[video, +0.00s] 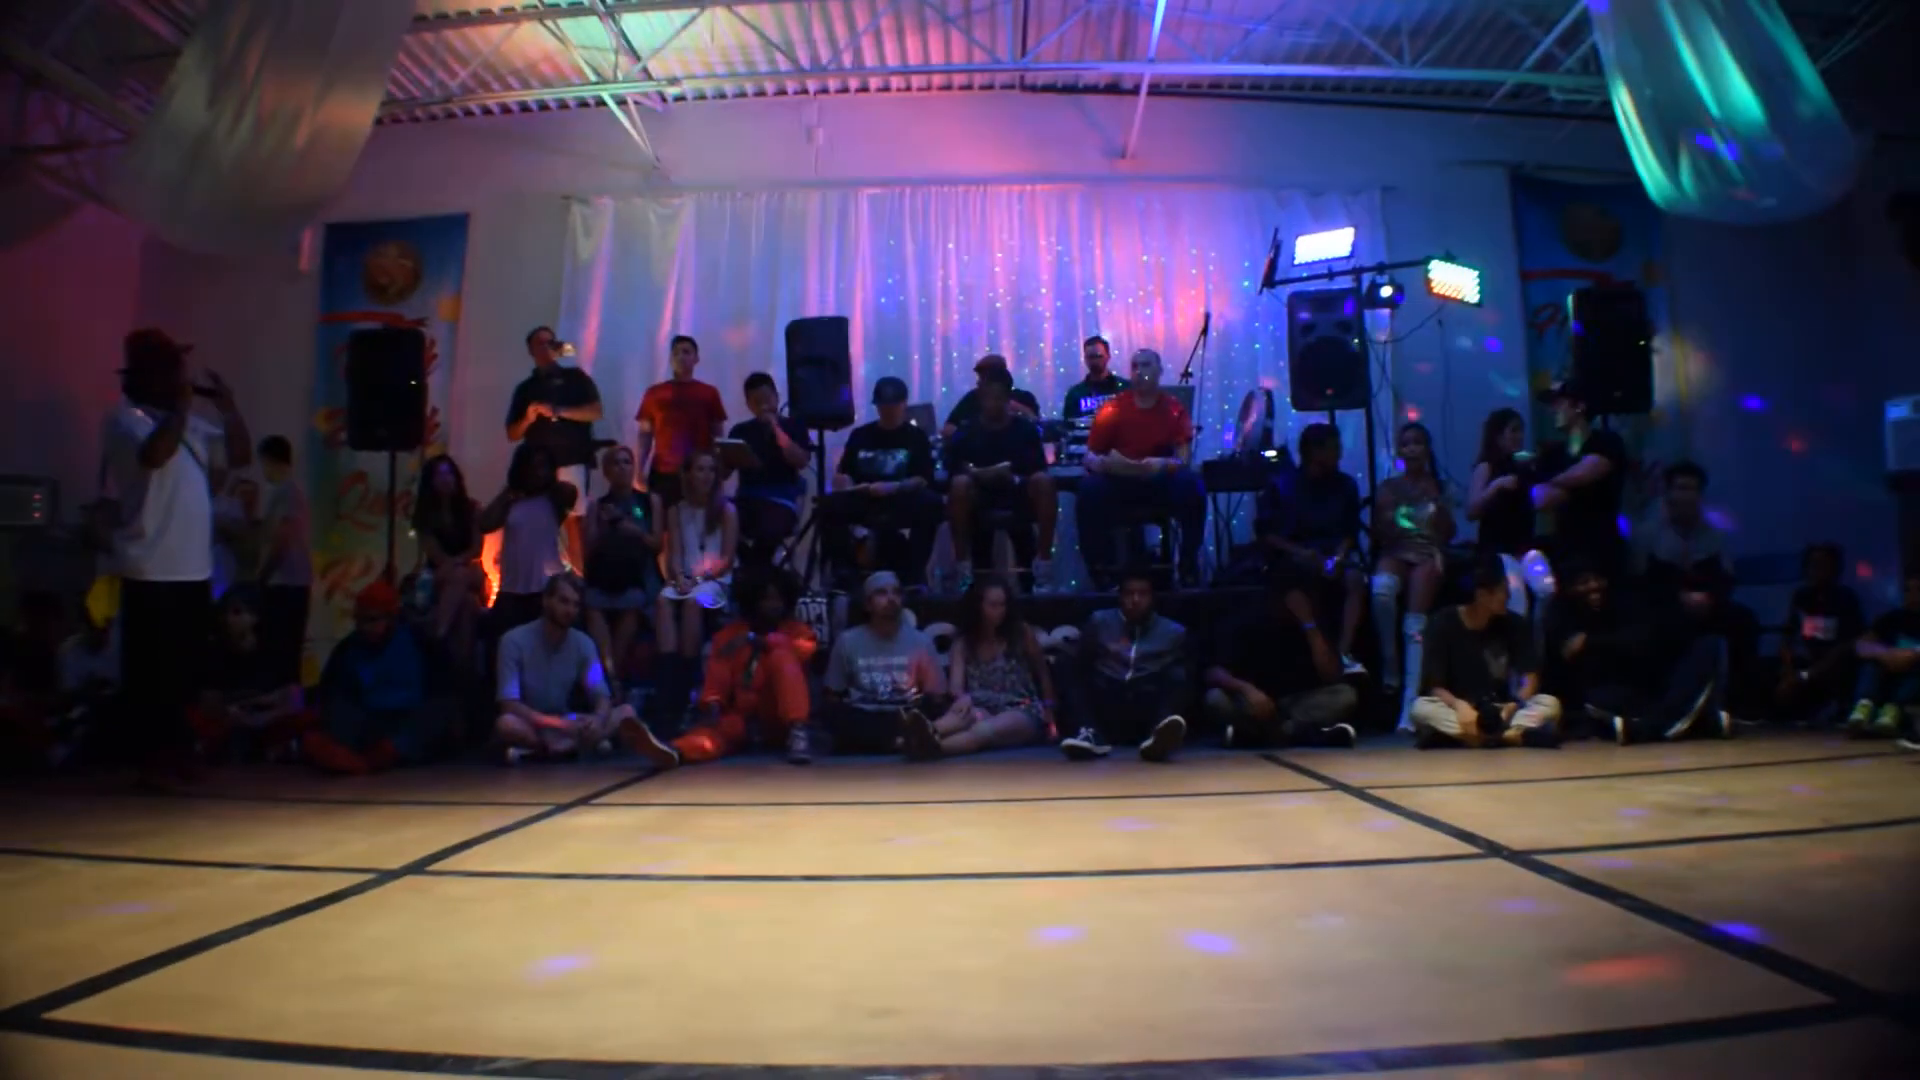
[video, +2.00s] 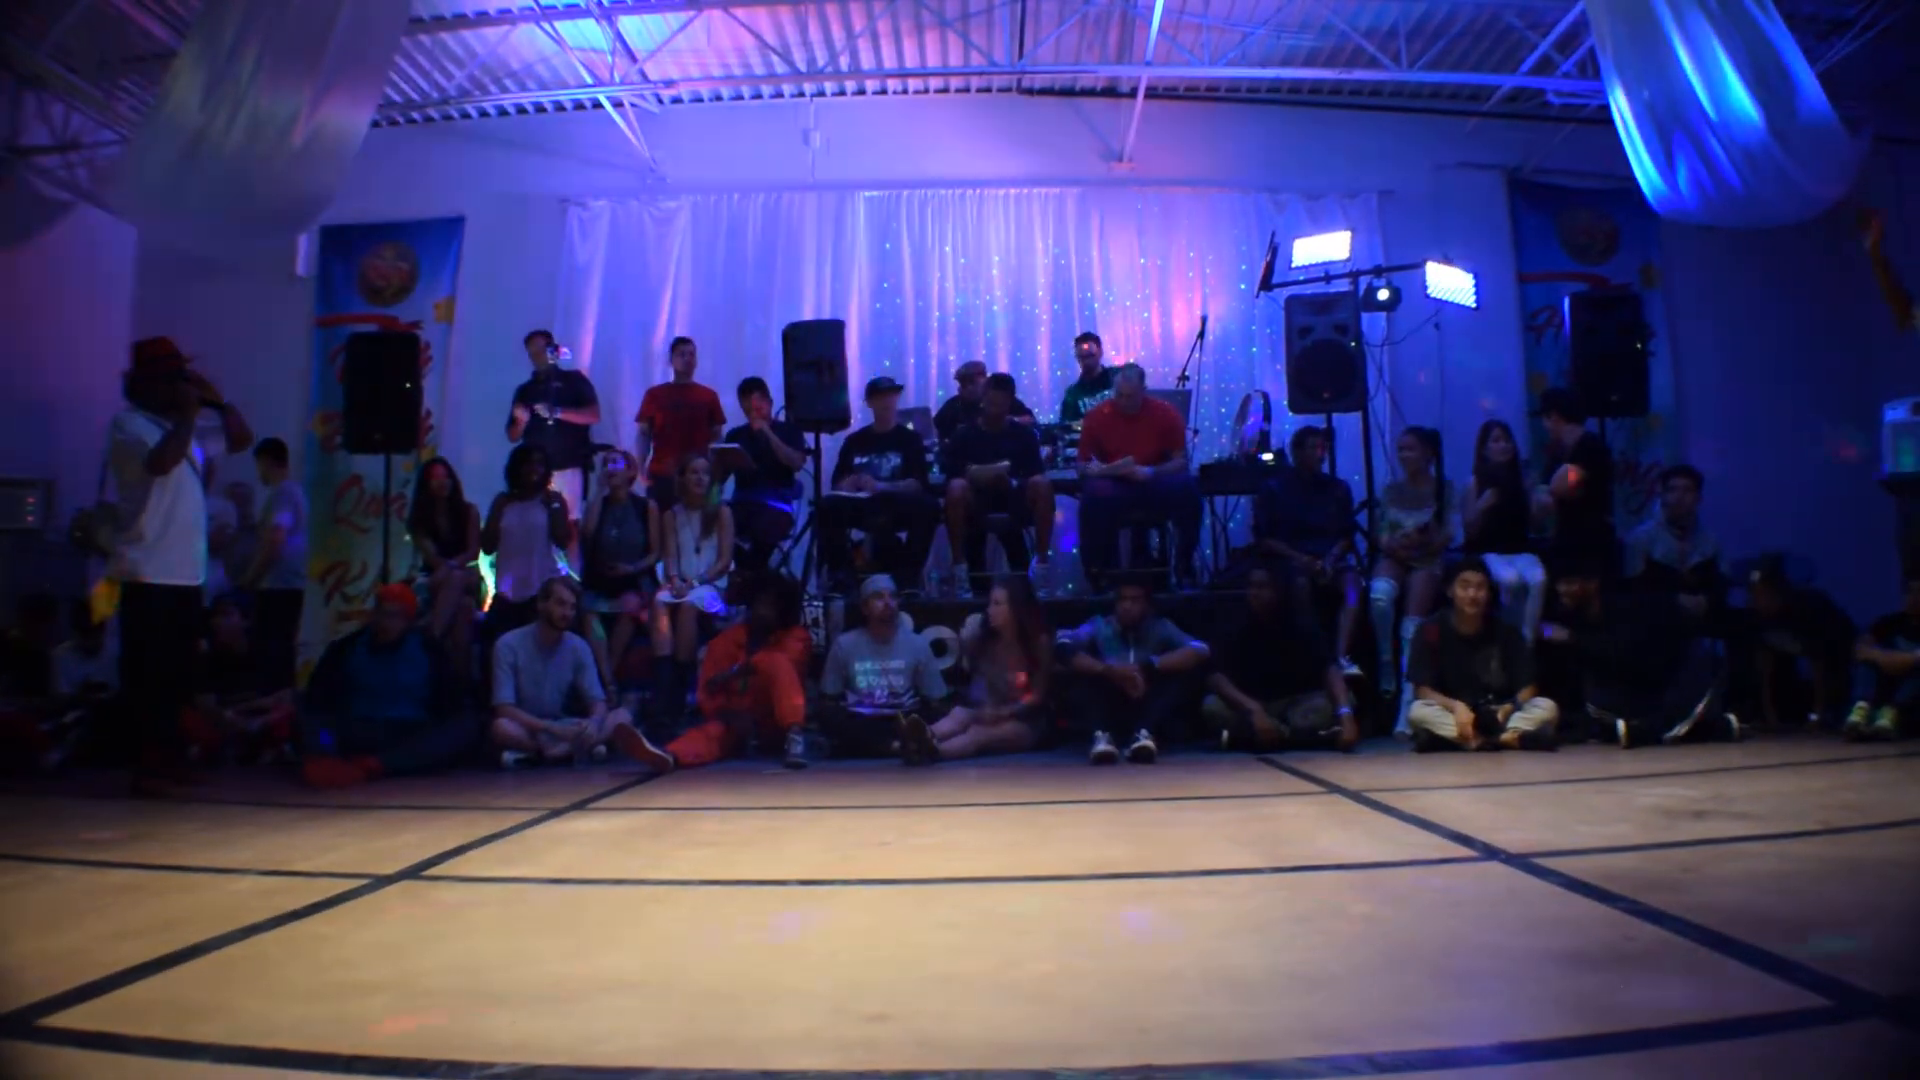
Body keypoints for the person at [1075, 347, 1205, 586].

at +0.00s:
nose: (1139, 372)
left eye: (1146, 366)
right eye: (1135, 366)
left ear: (1159, 371)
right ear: (1130, 373)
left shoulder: (1174, 410)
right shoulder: (1112, 409)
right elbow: (1090, 457)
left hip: (1158, 482)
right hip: (1119, 481)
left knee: (1193, 488)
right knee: (1090, 492)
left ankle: (1189, 568)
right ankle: (1100, 574)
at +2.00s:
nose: (1124, 402)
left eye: (1130, 396)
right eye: (1120, 395)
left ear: (1143, 391)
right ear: (1113, 391)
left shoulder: (1165, 414)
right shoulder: (1096, 417)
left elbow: (1180, 461)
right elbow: (1084, 466)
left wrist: (1150, 472)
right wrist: (1113, 469)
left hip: (1155, 483)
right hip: (1115, 485)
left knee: (1187, 491)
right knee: (1095, 492)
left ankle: (1184, 569)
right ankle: (1099, 574)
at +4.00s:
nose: (1122, 405)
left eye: (1128, 399)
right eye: (1118, 399)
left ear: (1141, 392)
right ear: (1111, 394)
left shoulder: (1166, 415)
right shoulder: (1096, 418)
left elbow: (1180, 461)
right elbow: (1086, 464)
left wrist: (1151, 473)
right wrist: (1108, 471)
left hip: (1155, 484)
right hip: (1115, 484)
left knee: (1190, 490)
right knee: (1094, 495)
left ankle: (1185, 566)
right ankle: (1097, 574)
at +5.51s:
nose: (1105, 392)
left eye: (1110, 385)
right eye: (1103, 386)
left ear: (1130, 382)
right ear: (1101, 387)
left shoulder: (1162, 413)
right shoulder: (1096, 417)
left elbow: (1178, 461)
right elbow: (1086, 464)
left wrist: (1152, 470)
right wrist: (1111, 466)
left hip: (1151, 482)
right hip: (1112, 483)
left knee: (1188, 489)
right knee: (1088, 496)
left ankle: (1184, 566)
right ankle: (1097, 572)